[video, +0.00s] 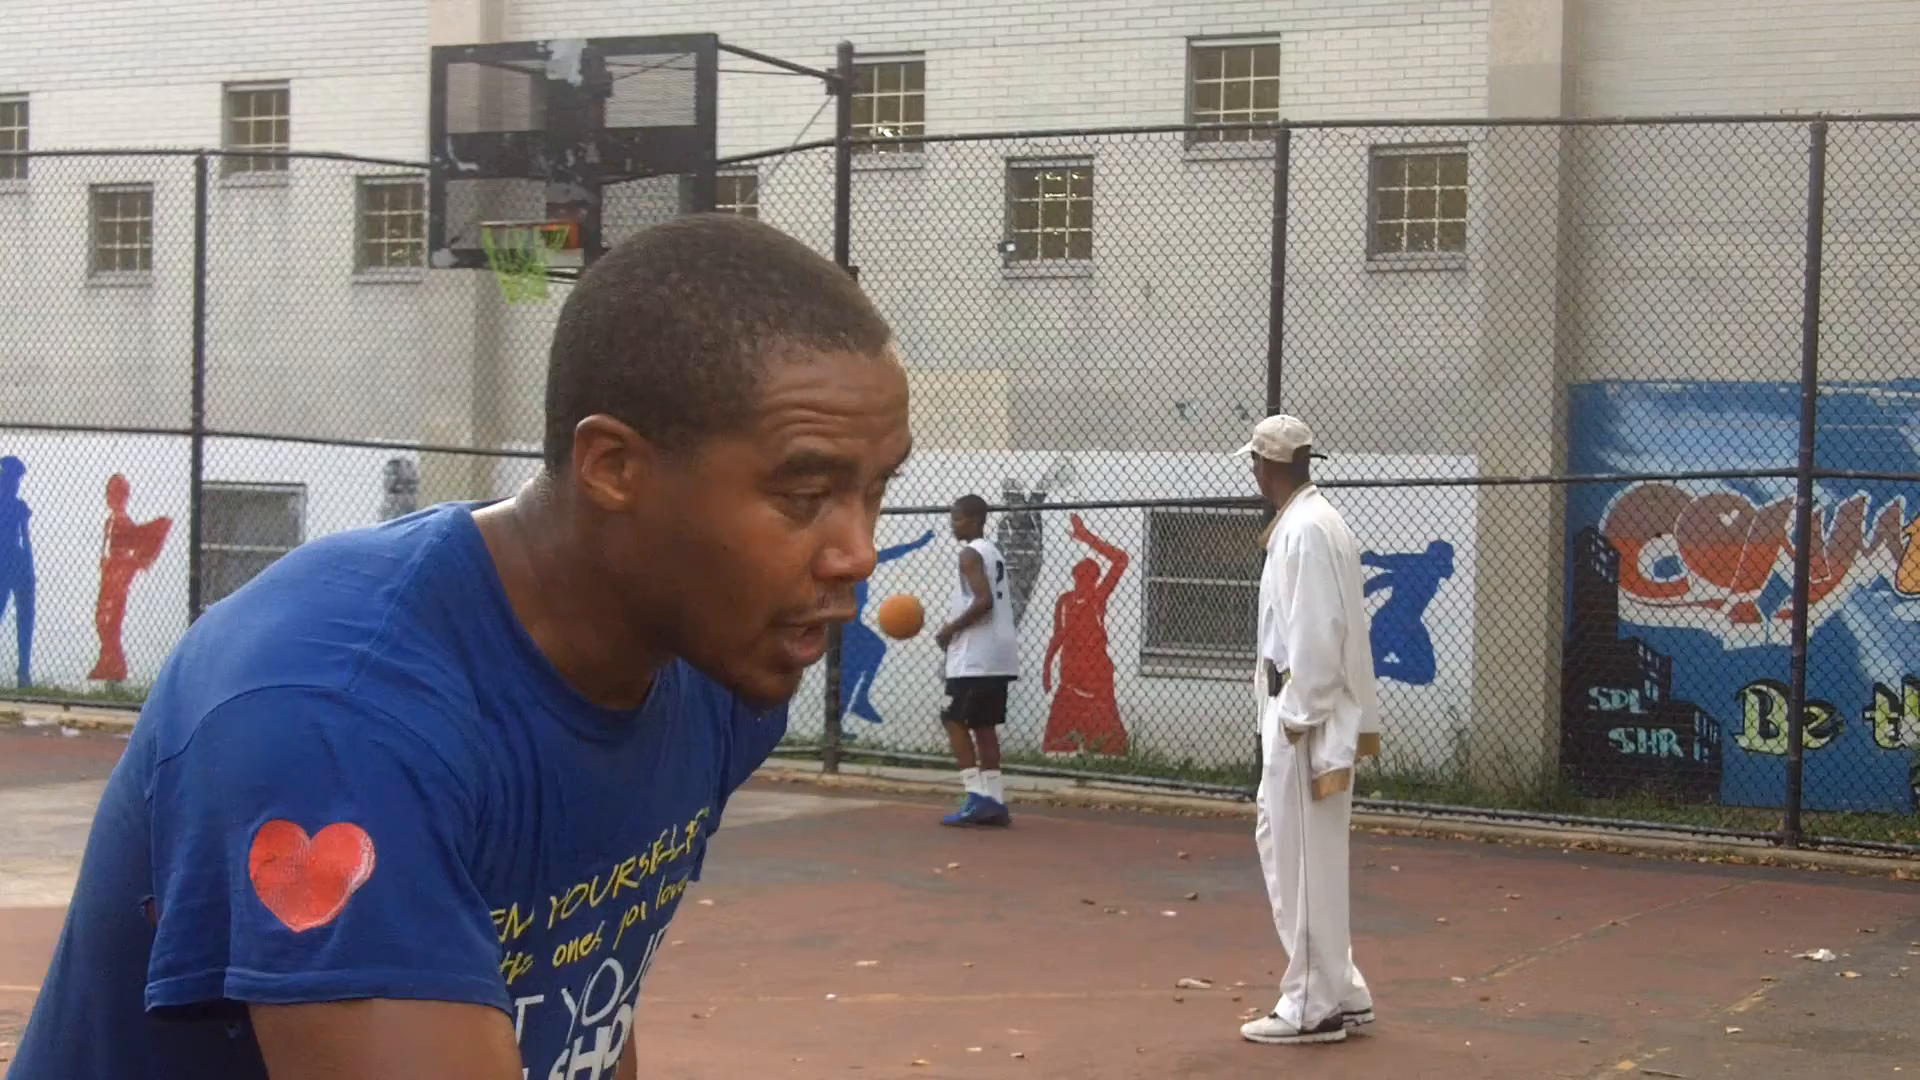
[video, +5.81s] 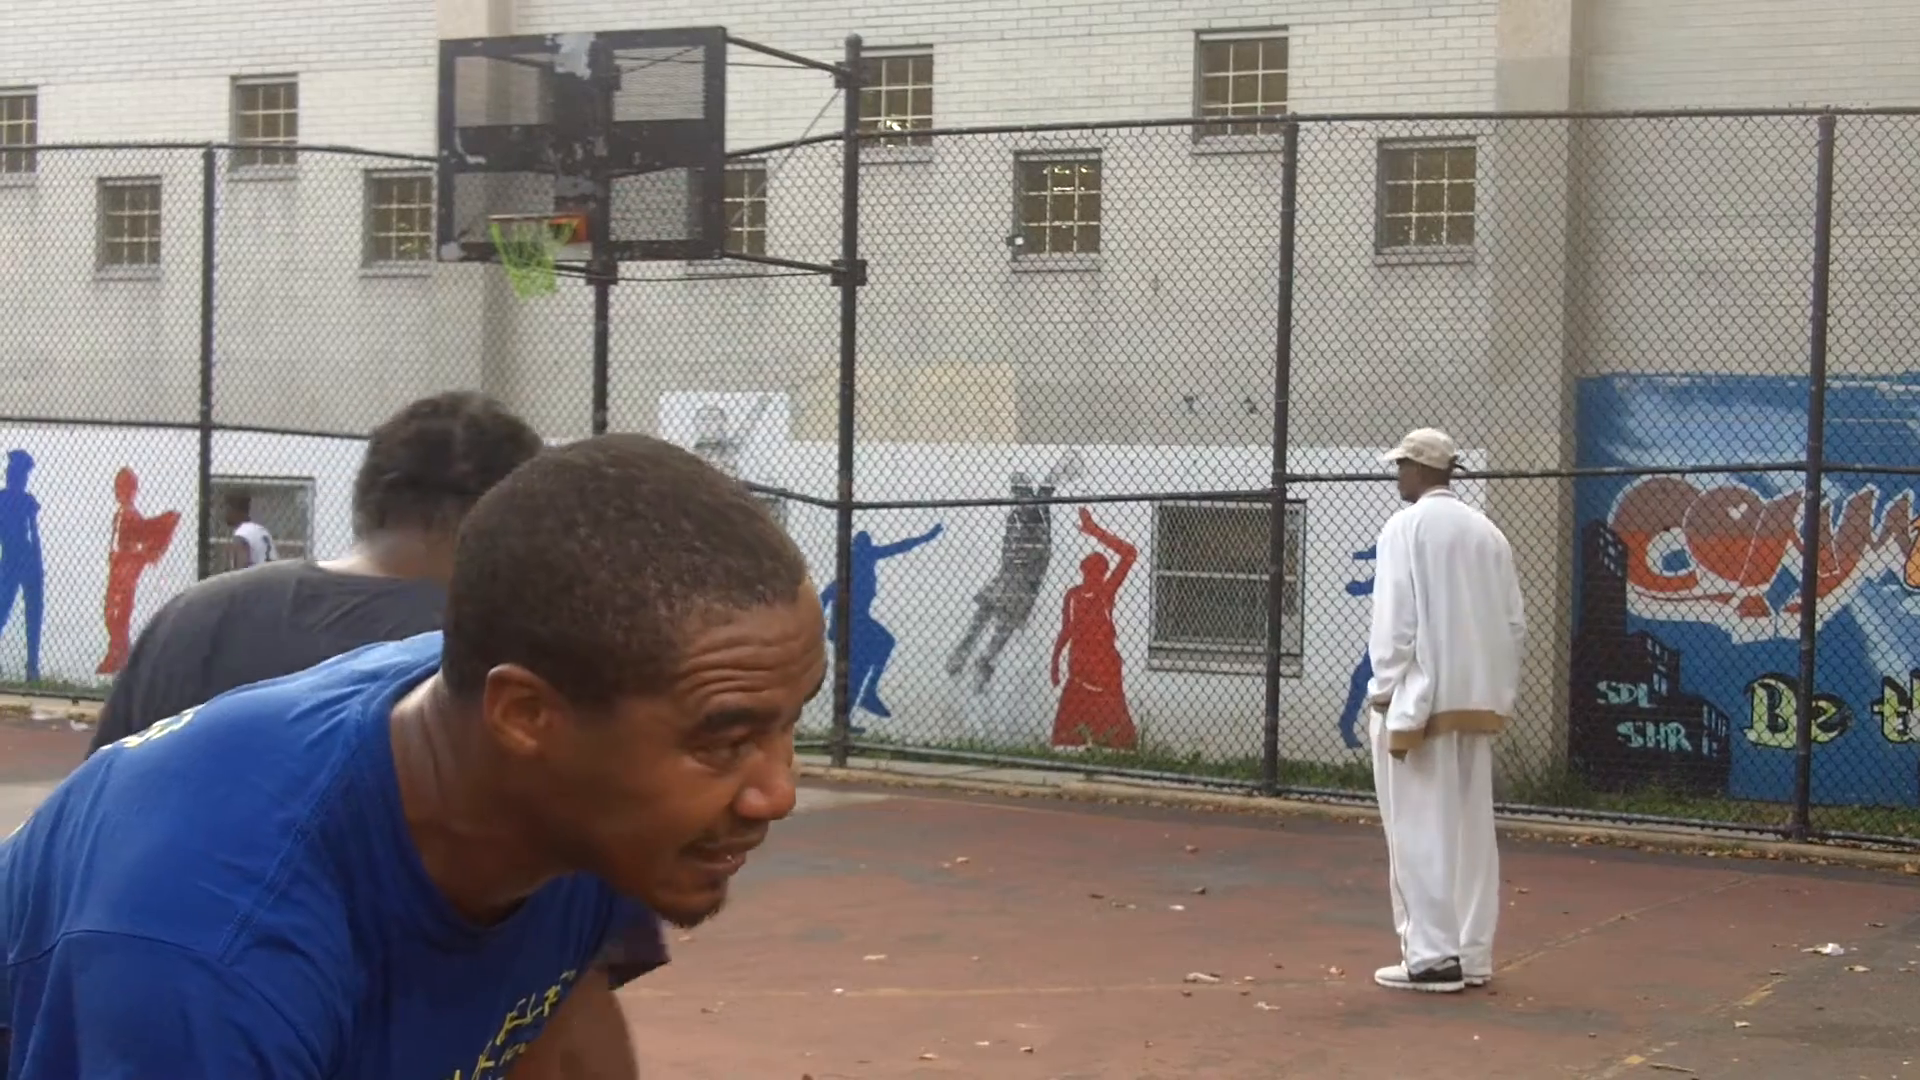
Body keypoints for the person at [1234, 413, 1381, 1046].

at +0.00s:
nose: (1251, 473)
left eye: (1256, 464)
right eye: (1253, 463)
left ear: (1273, 468)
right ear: (1298, 465)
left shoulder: (1307, 530)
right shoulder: (1309, 522)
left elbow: (1319, 638)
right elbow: (1335, 634)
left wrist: (1296, 714)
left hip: (1306, 721)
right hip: (1299, 717)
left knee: (1305, 857)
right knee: (1283, 846)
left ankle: (1316, 1003)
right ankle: (1335, 988)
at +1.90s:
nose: (1255, 475)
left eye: (1252, 467)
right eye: (1269, 465)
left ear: (1254, 470)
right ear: (1300, 467)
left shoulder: (1233, 533)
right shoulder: (1345, 528)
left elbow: (1221, 636)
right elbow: (1370, 625)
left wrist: (1225, 716)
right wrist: (1365, 705)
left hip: (1260, 710)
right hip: (1337, 708)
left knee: (1260, 845)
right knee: (1336, 842)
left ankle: (1269, 977)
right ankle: (1322, 955)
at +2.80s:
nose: (1346, 472)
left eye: (1332, 461)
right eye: (1362, 467)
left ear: (1323, 465)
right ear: (1370, 471)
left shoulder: (1278, 517)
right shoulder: (1388, 539)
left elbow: (1241, 613)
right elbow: (1393, 638)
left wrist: (1233, 693)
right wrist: (1382, 710)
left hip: (1268, 694)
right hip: (1344, 703)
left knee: (1253, 822)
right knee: (1334, 836)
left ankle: (1260, 934)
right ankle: (1320, 974)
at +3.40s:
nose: (1388, 474)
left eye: (1371, 463)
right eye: (1396, 468)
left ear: (1354, 466)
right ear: (1400, 472)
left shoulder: (1307, 519)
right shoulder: (1404, 538)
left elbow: (1269, 617)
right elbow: (1403, 634)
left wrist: (1274, 688)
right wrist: (1407, 702)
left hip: (1298, 696)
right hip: (1364, 703)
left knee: (1308, 826)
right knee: (1345, 832)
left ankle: (1326, 940)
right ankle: (1321, 967)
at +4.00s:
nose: (1399, 477)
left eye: (1380, 470)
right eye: (1404, 470)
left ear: (1364, 476)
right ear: (1408, 474)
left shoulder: (1333, 532)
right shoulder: (1434, 530)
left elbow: (1312, 629)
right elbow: (1447, 623)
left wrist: (1316, 703)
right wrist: (1461, 692)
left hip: (1349, 695)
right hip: (1417, 694)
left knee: (1354, 822)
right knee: (1424, 826)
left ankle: (1358, 950)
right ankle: (1382, 930)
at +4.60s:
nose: (1482, 482)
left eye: (1465, 470)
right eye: (1493, 476)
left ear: (1451, 472)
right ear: (1497, 479)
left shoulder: (1405, 520)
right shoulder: (1509, 542)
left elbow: (1367, 612)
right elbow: (1512, 634)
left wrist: (1361, 685)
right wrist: (1501, 698)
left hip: (1392, 688)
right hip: (1466, 696)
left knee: (1373, 818)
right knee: (1461, 827)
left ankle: (1365, 938)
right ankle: (1460, 960)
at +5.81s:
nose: (1396, 478)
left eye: (1400, 469)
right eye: (1397, 469)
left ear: (1419, 471)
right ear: (1447, 473)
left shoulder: (1405, 527)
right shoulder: (1490, 531)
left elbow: (1394, 624)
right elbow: (1515, 621)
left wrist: (1379, 693)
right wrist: (1500, 690)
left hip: (1420, 699)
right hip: (1478, 699)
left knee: (1416, 826)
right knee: (1472, 823)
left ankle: (1432, 957)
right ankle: (1473, 955)